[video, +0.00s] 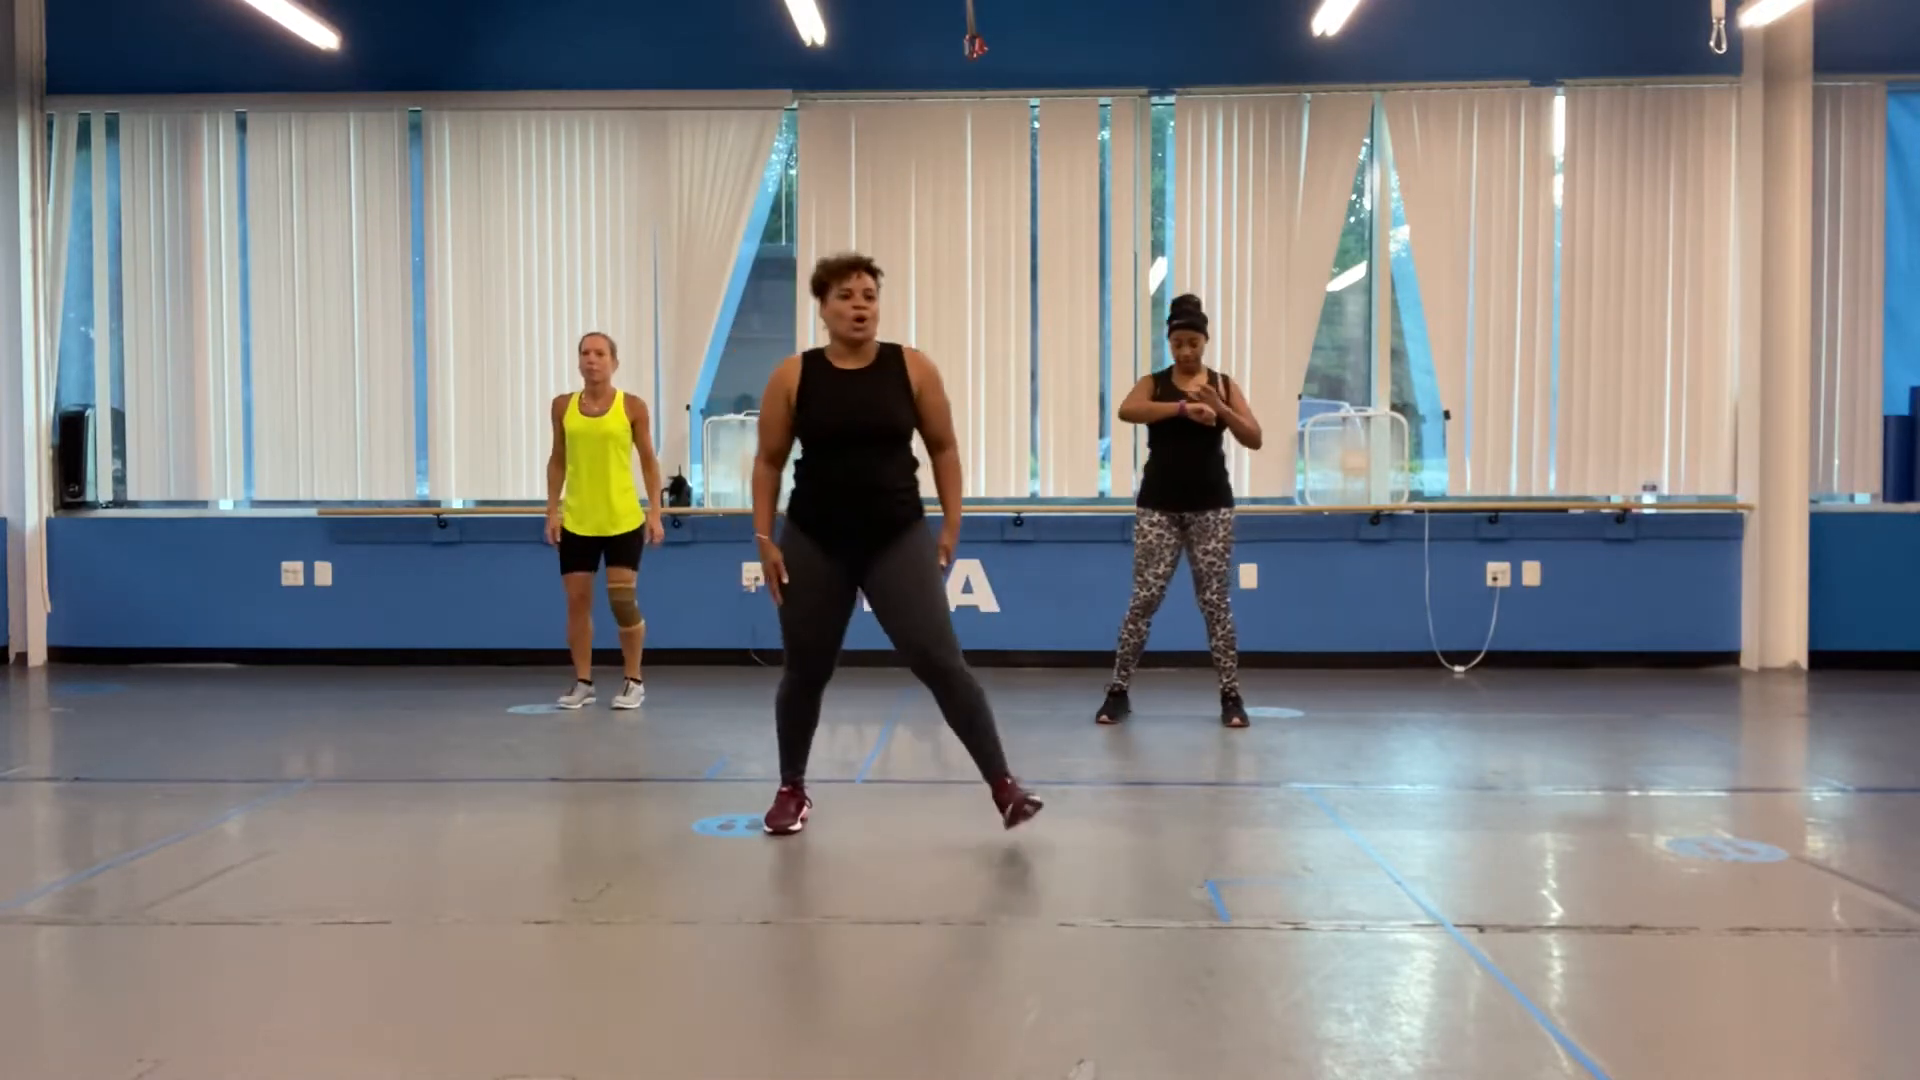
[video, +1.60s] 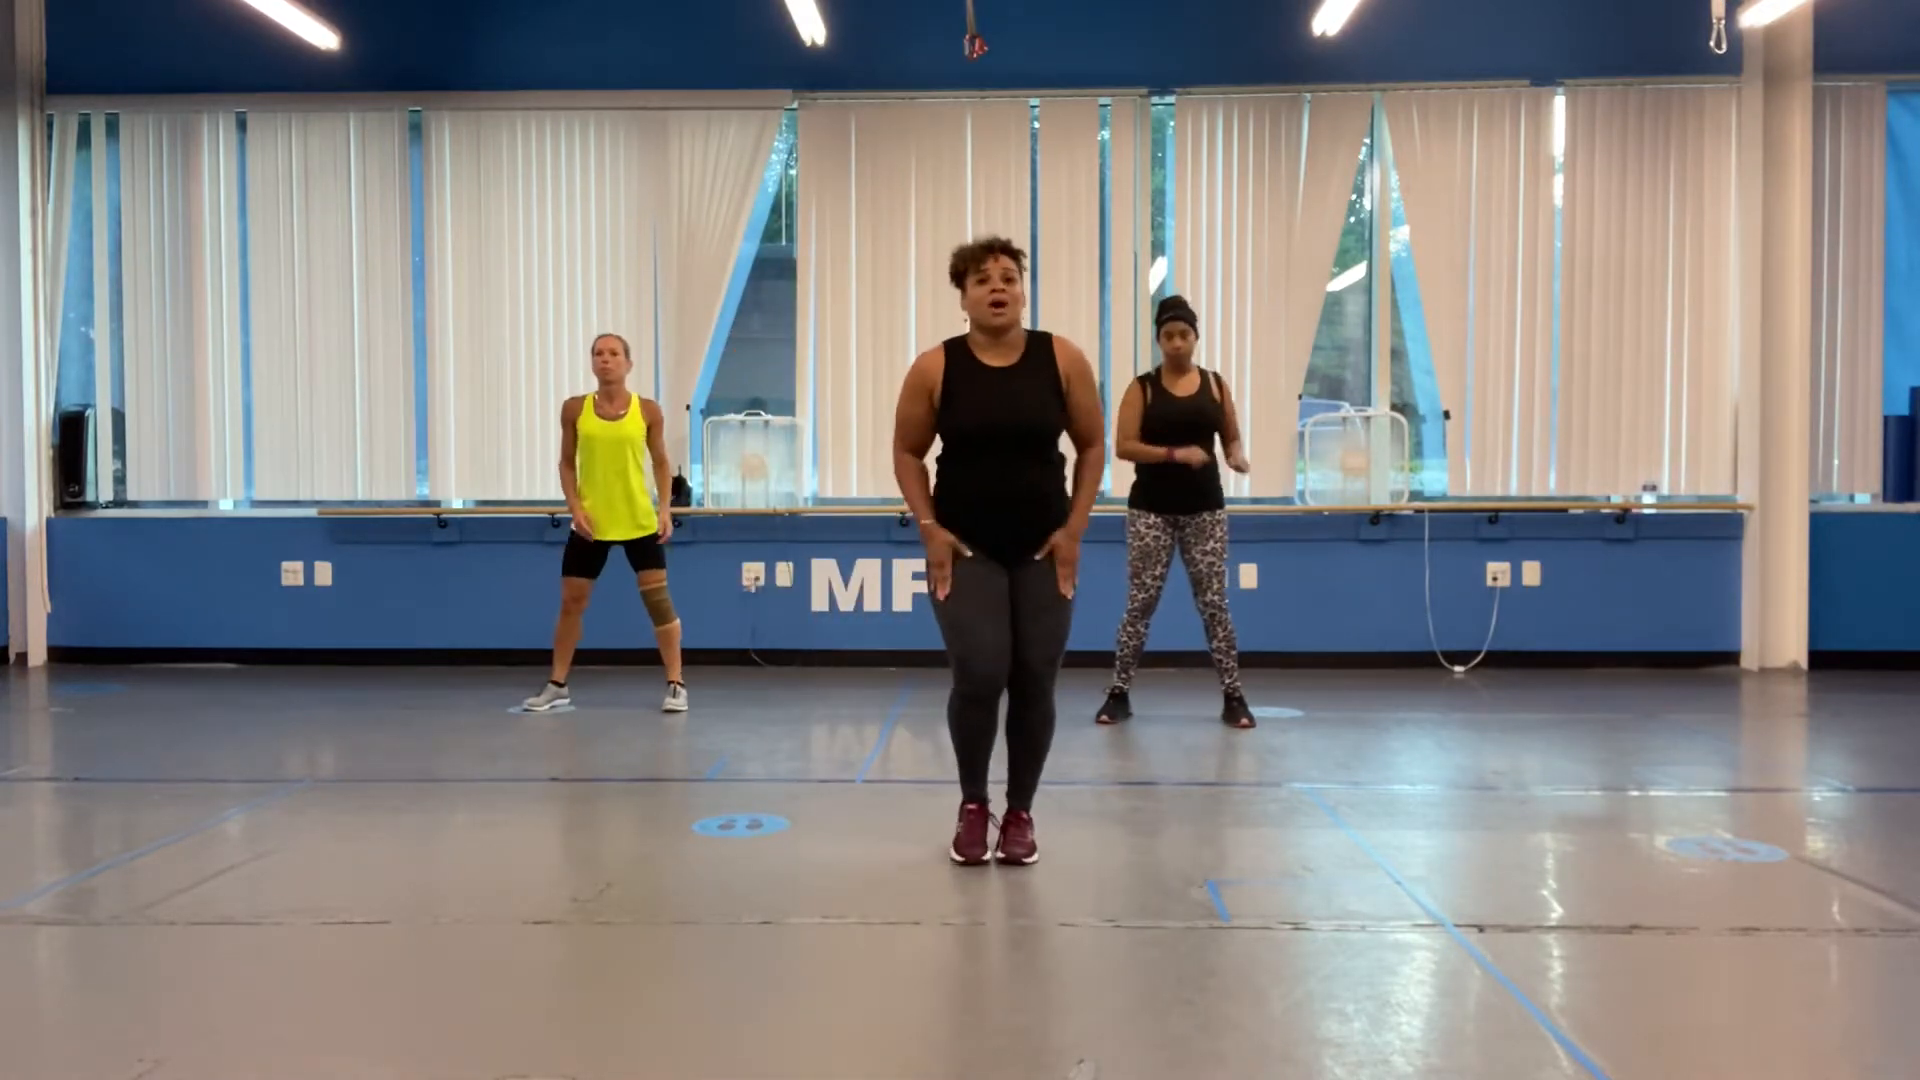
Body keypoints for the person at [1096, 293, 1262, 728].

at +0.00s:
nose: (1185, 350)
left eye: (1192, 342)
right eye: (1178, 342)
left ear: (1205, 342)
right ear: (1169, 343)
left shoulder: (1224, 386)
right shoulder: (1153, 383)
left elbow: (1255, 438)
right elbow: (1127, 411)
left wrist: (1222, 411)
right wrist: (1180, 408)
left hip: (1210, 508)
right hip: (1159, 507)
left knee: (1215, 601)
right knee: (1145, 598)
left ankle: (1230, 695)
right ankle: (1118, 691)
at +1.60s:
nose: (1177, 341)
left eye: (1184, 334)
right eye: (1169, 334)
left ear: (1195, 338)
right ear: (1159, 340)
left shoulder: (1214, 385)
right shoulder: (1141, 389)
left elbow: (1230, 438)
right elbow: (1125, 447)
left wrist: (1235, 456)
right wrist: (1174, 453)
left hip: (1204, 511)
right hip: (1152, 510)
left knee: (1214, 603)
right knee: (1141, 602)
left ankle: (1233, 695)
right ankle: (1118, 693)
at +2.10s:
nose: (1142, 347)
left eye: (1150, 340)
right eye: (1135, 339)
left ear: (1159, 349)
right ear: (1120, 345)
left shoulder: (1170, 399)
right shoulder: (1095, 394)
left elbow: (1214, 437)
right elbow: (1076, 440)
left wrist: (1271, 458)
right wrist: (1132, 421)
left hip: (1168, 516)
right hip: (1115, 518)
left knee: (1190, 601)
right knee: (1098, 605)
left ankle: (1249, 665)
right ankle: (1089, 694)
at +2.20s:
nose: (1136, 349)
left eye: (1144, 343)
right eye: (1129, 342)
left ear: (1153, 353)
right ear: (1116, 349)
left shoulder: (1165, 404)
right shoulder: (1090, 399)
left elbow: (1201, 455)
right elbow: (1056, 446)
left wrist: (1248, 490)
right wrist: (1091, 453)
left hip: (1163, 521)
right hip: (1108, 524)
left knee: (1182, 604)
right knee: (1090, 608)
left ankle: (1229, 667)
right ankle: (1088, 695)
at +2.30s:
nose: (1138, 345)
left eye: (1146, 339)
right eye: (1130, 339)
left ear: (1155, 348)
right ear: (1118, 347)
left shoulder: (1170, 402)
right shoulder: (1094, 400)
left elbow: (1194, 456)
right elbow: (1051, 445)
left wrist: (1207, 504)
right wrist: (1044, 487)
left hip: (1162, 518)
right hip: (1107, 519)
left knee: (1184, 605)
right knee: (1097, 607)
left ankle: (1214, 685)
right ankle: (1087, 694)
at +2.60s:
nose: (1166, 356)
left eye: (1172, 349)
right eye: (1157, 351)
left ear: (1185, 357)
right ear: (1146, 362)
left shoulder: (1208, 408)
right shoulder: (1131, 414)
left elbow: (1223, 470)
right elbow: (1107, 474)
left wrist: (1194, 506)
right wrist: (1070, 483)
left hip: (1190, 523)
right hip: (1135, 524)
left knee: (1208, 607)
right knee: (1135, 606)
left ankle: (1222, 697)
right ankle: (1082, 651)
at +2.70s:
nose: (1163, 357)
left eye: (1170, 350)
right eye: (1154, 352)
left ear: (1182, 358)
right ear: (1144, 363)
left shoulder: (1206, 409)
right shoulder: (1129, 418)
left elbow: (1225, 468)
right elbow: (1118, 482)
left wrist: (1239, 520)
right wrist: (1112, 529)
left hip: (1193, 528)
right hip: (1138, 530)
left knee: (1208, 611)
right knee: (1130, 612)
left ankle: (1223, 697)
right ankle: (1101, 688)